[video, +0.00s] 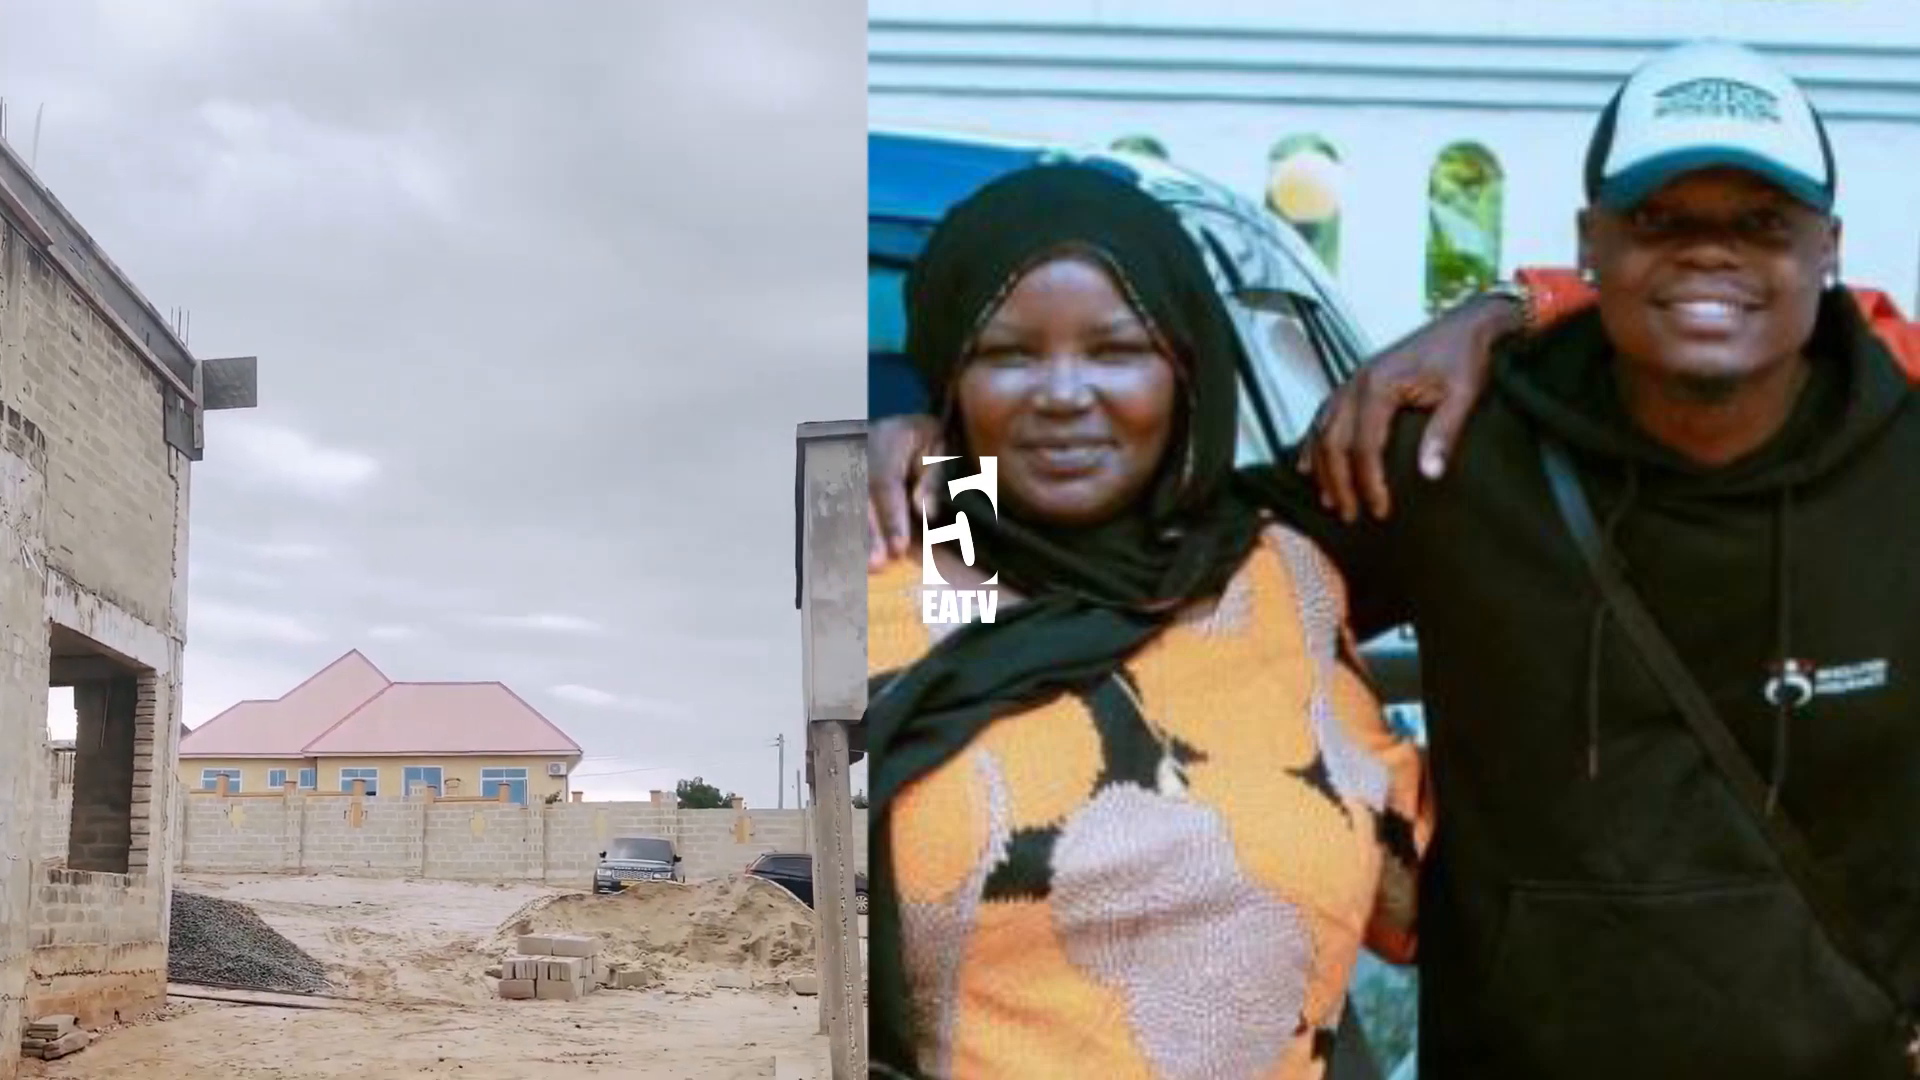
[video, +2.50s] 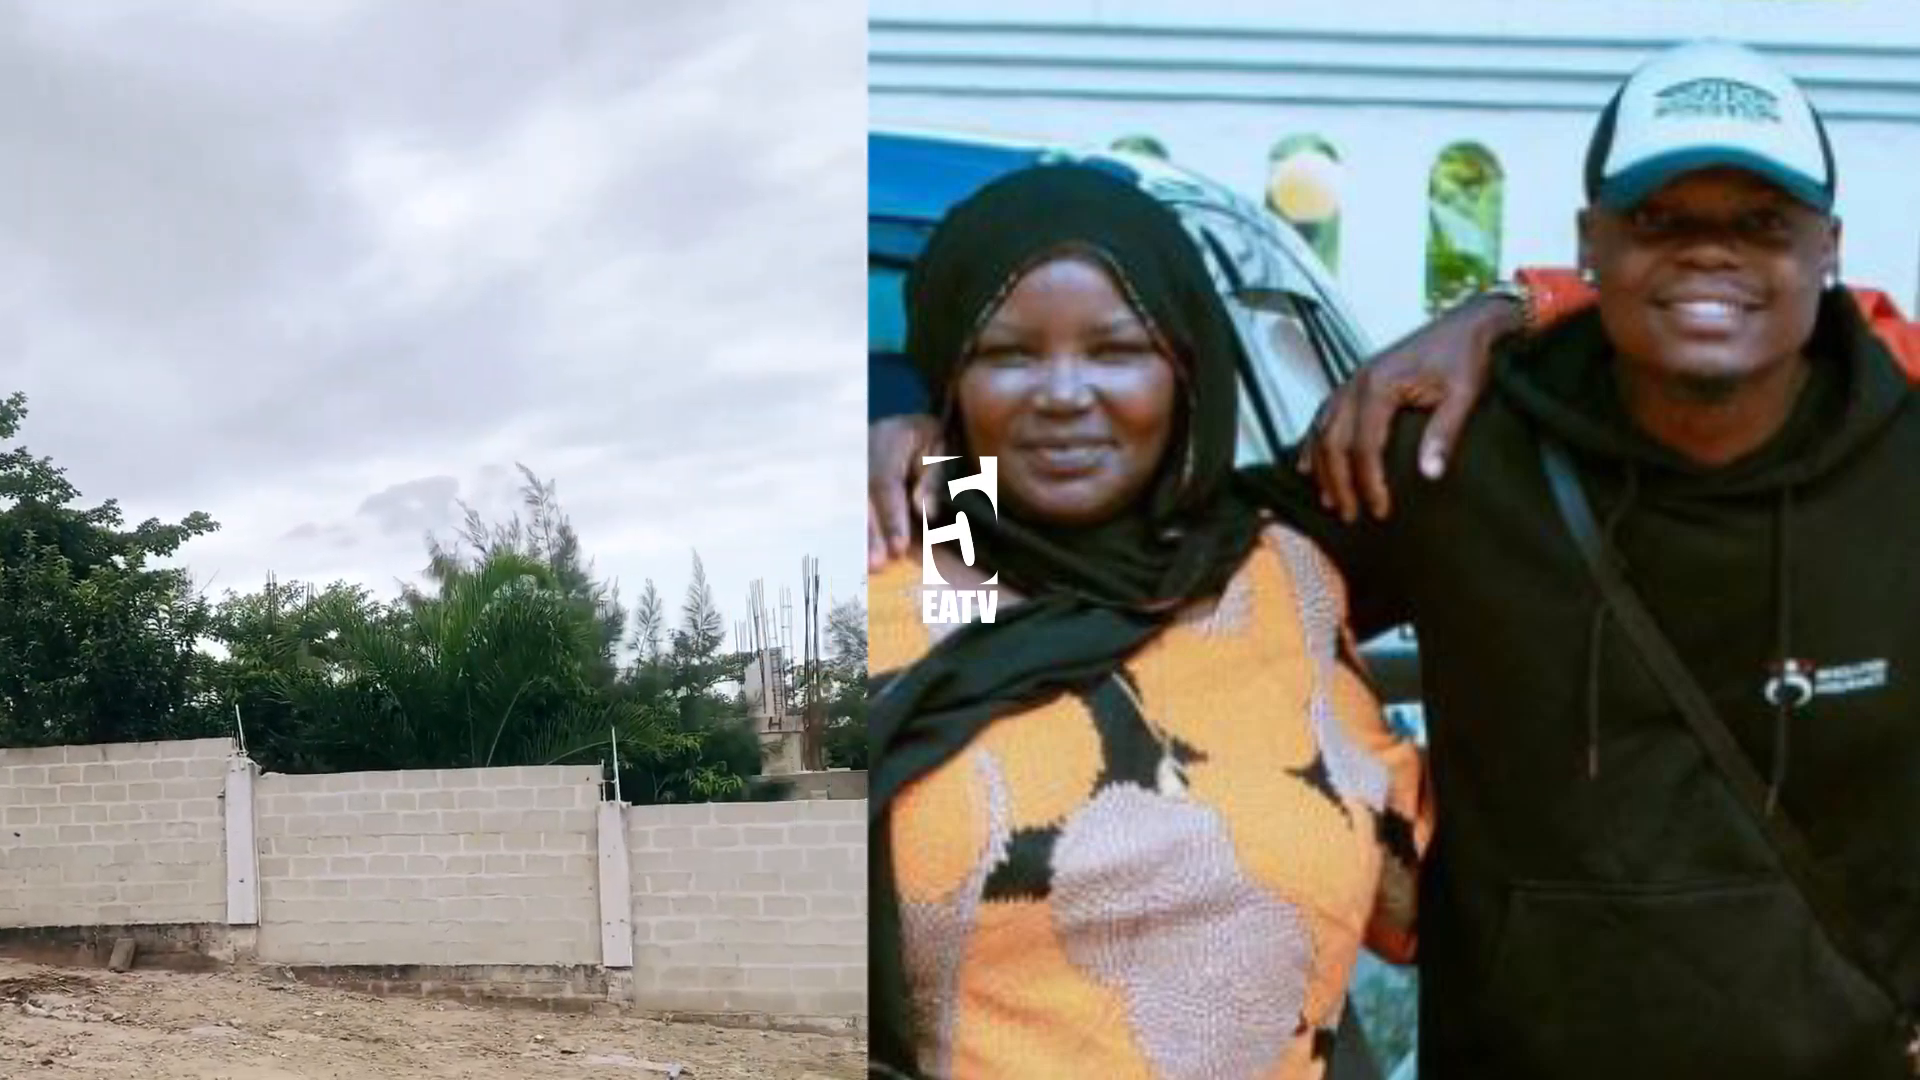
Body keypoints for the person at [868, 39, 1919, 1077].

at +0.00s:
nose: (1706, 251)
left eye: (1757, 219)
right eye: (1664, 214)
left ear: (1825, 251)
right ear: (1594, 241)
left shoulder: (1898, 446)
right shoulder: (1463, 449)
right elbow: (1174, 558)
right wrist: (960, 463)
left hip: (1849, 1038)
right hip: (1535, 1044)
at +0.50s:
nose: (1707, 252)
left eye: (1757, 220)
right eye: (1665, 215)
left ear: (1825, 251)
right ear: (1595, 242)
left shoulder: (1898, 444)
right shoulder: (1465, 447)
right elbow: (1176, 560)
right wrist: (954, 468)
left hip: (1848, 1038)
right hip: (1536, 1044)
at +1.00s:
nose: (1707, 251)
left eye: (1757, 219)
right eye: (1664, 215)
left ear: (1825, 250)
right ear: (1595, 242)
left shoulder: (1899, 445)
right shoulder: (1464, 448)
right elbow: (1178, 558)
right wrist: (967, 464)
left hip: (1849, 1038)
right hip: (1537, 1044)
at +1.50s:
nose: (1707, 251)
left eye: (1757, 219)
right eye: (1664, 215)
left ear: (1825, 250)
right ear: (1595, 242)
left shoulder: (1898, 445)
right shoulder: (1464, 447)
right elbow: (1176, 557)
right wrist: (961, 457)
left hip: (1849, 1038)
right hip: (1536, 1044)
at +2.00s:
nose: (1707, 252)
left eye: (1757, 220)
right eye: (1665, 215)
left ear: (1825, 251)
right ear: (1595, 242)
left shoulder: (1898, 442)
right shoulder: (1465, 447)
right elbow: (1174, 558)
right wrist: (955, 452)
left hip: (1848, 1037)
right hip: (1535, 1043)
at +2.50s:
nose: (1707, 251)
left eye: (1757, 218)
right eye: (1664, 214)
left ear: (1826, 250)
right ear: (1595, 241)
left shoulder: (1898, 444)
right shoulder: (1464, 449)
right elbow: (1175, 557)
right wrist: (964, 453)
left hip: (1848, 1037)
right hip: (1536, 1043)